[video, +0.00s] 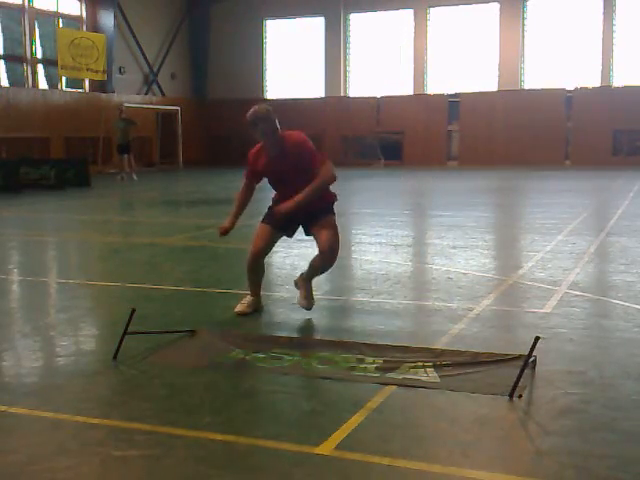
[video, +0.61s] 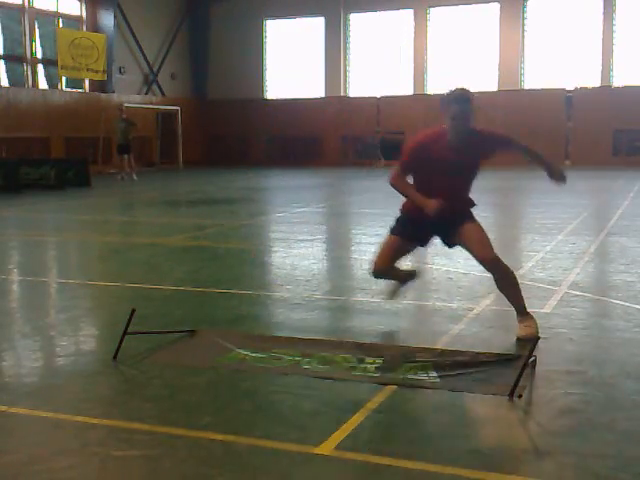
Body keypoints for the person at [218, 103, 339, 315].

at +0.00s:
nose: (270, 133)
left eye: (272, 127)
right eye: (263, 130)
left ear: (277, 124)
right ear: (255, 132)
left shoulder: (298, 141)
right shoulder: (257, 157)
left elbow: (328, 174)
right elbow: (248, 188)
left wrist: (294, 203)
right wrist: (231, 221)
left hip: (316, 200)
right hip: (284, 202)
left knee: (329, 252)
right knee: (256, 253)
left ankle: (305, 279)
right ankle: (254, 298)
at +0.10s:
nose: (282, 136)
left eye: (284, 130)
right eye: (275, 133)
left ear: (289, 125)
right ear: (264, 133)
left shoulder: (308, 140)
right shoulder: (260, 159)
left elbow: (346, 154)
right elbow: (239, 192)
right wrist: (217, 224)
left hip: (321, 206)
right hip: (286, 209)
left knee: (340, 246)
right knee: (257, 257)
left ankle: (322, 291)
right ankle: (255, 299)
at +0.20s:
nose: (297, 126)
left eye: (300, 120)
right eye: (293, 121)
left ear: (306, 117)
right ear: (284, 121)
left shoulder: (326, 132)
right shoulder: (275, 148)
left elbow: (363, 126)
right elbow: (245, 178)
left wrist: (398, 130)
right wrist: (247, 174)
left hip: (334, 205)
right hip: (299, 208)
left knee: (362, 232)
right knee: (263, 256)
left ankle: (359, 292)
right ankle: (254, 299)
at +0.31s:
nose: (334, 94)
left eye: (337, 88)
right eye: (328, 90)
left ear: (344, 88)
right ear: (320, 92)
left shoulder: (360, 109)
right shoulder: (314, 119)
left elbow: (400, 95)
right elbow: (292, 145)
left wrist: (439, 94)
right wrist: (329, 134)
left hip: (359, 196)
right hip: (322, 199)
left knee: (398, 221)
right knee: (284, 250)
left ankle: (408, 284)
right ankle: (256, 295)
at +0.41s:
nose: (373, 77)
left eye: (378, 72)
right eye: (369, 72)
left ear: (386, 75)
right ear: (361, 77)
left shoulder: (401, 99)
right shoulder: (350, 111)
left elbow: (446, 88)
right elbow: (336, 151)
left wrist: (490, 91)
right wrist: (381, 151)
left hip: (390, 189)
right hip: (353, 190)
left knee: (435, 226)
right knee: (314, 242)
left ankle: (462, 287)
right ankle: (281, 286)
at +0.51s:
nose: (416, 99)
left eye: (422, 93)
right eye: (412, 93)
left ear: (430, 92)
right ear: (405, 91)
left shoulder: (442, 110)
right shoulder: (386, 121)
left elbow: (490, 109)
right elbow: (364, 164)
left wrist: (530, 124)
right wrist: (403, 175)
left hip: (425, 195)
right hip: (387, 195)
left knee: (462, 252)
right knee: (339, 249)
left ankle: (510, 308)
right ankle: (336, 282)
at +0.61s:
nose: (458, 124)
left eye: (462, 118)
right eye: (453, 118)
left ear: (470, 117)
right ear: (444, 117)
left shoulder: (480, 141)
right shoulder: (424, 143)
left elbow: (521, 148)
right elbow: (395, 179)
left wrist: (550, 168)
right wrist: (425, 202)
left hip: (456, 212)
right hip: (418, 211)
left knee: (490, 260)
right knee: (380, 268)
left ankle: (524, 317)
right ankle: (406, 277)